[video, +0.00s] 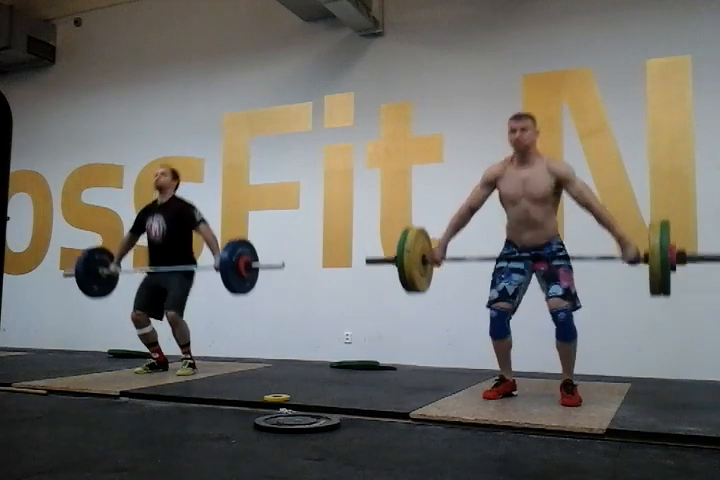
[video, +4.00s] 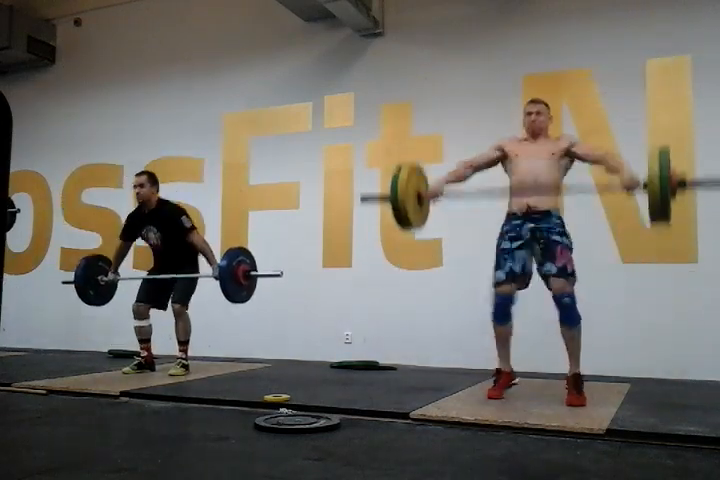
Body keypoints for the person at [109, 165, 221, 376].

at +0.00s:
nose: (157, 176)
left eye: (163, 174)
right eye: (156, 174)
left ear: (174, 182)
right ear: (155, 182)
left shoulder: (185, 208)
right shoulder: (147, 211)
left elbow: (205, 231)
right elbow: (131, 238)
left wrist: (217, 255)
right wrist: (116, 260)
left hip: (180, 272)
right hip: (156, 272)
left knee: (172, 314)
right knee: (139, 316)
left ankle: (188, 360)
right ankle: (159, 360)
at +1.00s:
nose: (113, 248)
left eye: (118, 243)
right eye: (111, 244)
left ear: (132, 244)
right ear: (109, 246)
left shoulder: (150, 257)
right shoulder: (114, 260)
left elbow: (181, 240)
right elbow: (98, 239)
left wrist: (203, 218)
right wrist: (93, 221)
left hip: (164, 311)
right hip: (138, 313)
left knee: (163, 317)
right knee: (99, 321)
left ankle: (175, 362)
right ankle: (125, 362)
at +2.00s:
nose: (139, 168)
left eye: (143, 164)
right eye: (137, 164)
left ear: (156, 164)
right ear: (135, 167)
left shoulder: (172, 182)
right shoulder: (135, 184)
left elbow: (200, 162)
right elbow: (118, 164)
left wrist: (219, 136)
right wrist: (111, 148)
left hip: (171, 257)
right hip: (145, 257)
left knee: (175, 306)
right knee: (136, 305)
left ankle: (182, 359)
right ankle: (128, 358)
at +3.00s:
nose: (130, 230)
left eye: (134, 225)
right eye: (128, 226)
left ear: (147, 224)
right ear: (126, 226)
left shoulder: (166, 239)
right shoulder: (129, 246)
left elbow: (203, 251)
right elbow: (118, 266)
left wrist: (225, 274)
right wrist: (118, 281)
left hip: (190, 281)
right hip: (164, 283)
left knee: (177, 310)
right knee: (133, 311)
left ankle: (182, 360)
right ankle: (145, 359)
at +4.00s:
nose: (136, 191)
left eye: (141, 186)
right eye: (135, 187)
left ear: (154, 188)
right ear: (135, 190)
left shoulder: (174, 211)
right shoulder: (135, 218)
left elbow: (195, 237)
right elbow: (124, 244)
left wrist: (214, 264)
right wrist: (114, 269)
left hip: (186, 266)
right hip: (161, 267)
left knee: (178, 307)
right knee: (140, 309)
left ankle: (183, 360)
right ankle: (146, 358)